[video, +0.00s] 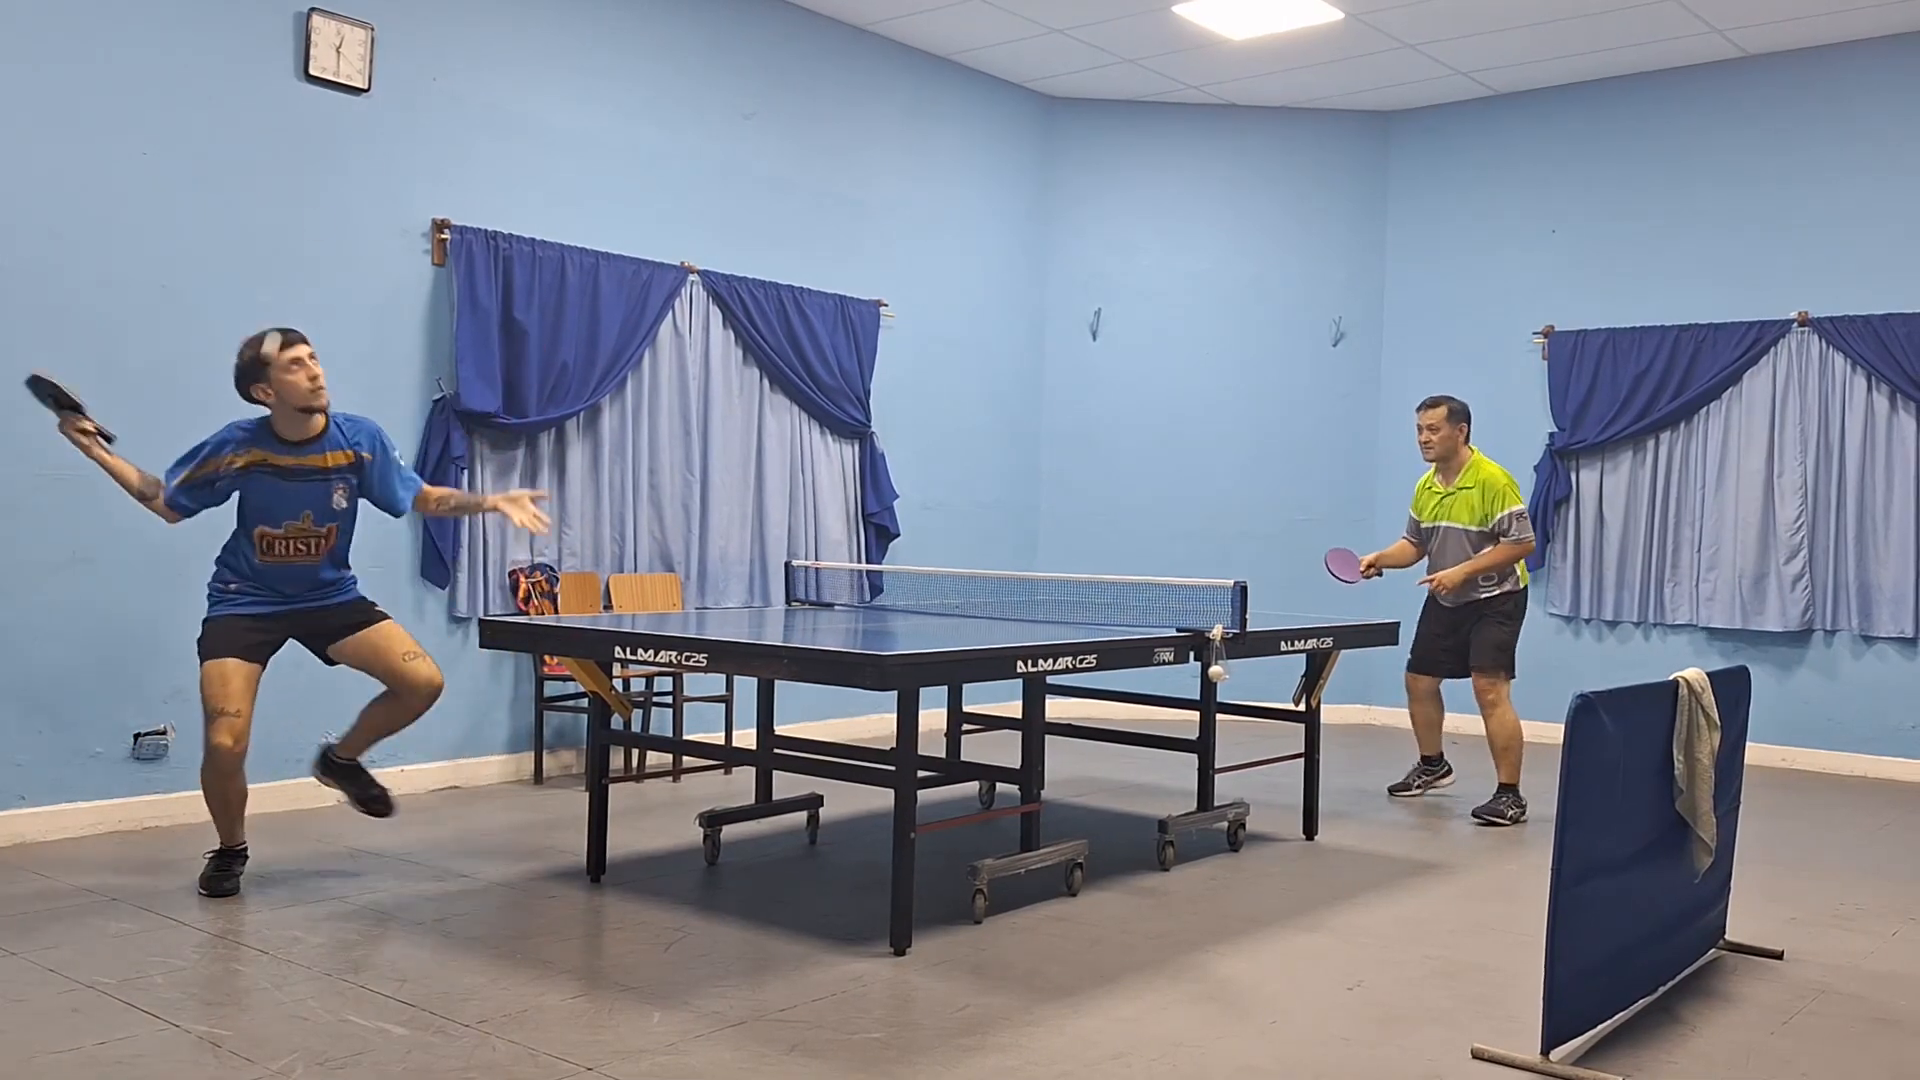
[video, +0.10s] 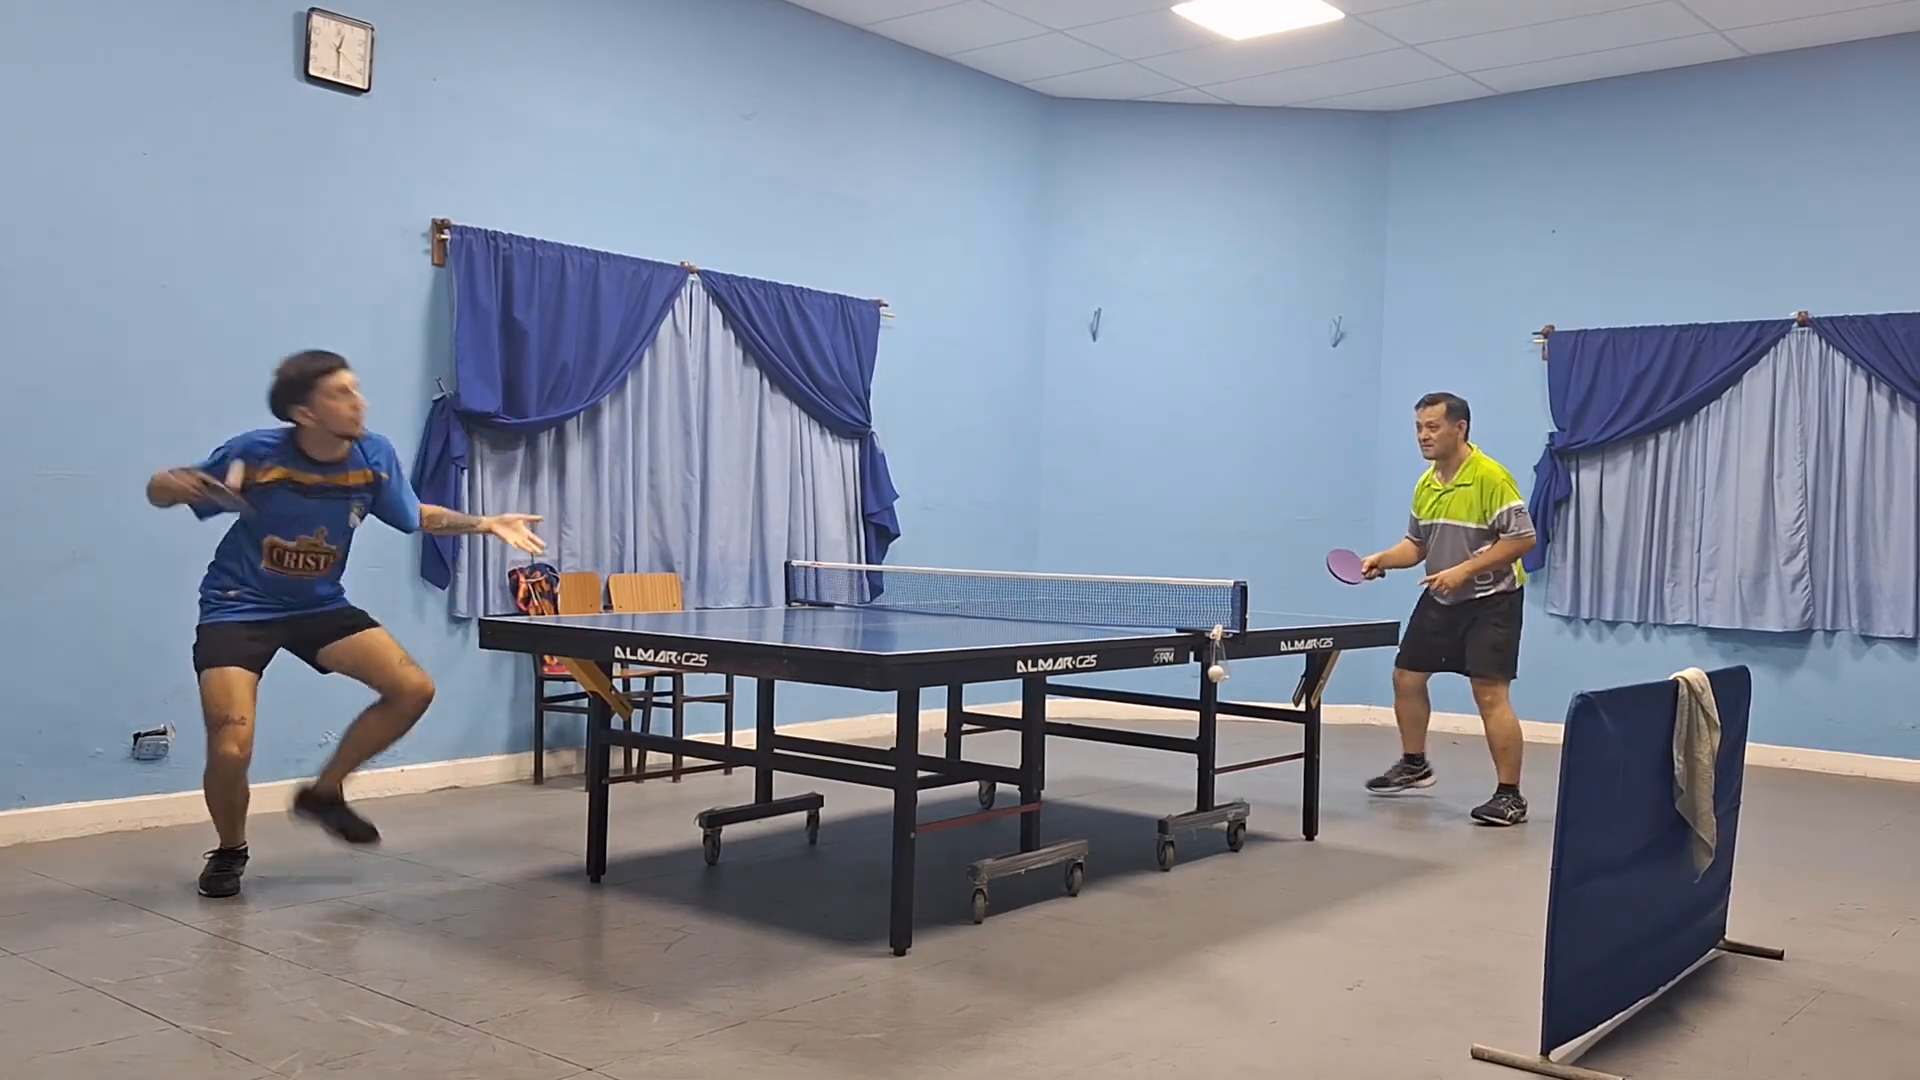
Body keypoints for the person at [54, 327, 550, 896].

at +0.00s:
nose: (314, 369)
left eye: (313, 358)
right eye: (295, 364)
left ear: (321, 370)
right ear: (262, 390)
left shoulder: (359, 439)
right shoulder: (238, 445)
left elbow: (419, 497)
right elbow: (169, 502)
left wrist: (492, 502)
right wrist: (100, 451)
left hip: (328, 594)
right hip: (245, 598)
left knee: (422, 682)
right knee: (224, 741)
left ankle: (342, 759)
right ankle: (230, 851)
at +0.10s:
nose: (359, 401)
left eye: (357, 390)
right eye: (343, 395)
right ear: (305, 413)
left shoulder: (375, 457)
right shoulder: (255, 454)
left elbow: (412, 515)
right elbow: (158, 491)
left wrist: (485, 523)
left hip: (318, 606)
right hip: (238, 607)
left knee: (412, 689)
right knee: (231, 746)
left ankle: (324, 793)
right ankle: (229, 850)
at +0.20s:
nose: (432, 450)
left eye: (431, 438)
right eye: (421, 439)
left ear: (382, 445)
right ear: (377, 444)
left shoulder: (391, 490)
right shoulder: (300, 462)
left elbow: (405, 523)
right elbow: (180, 477)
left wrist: (476, 539)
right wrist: (261, 534)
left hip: (305, 613)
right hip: (227, 611)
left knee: (390, 709)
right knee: (239, 750)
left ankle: (342, 848)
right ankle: (230, 852)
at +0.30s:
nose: (472, 471)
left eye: (473, 459)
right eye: (467, 459)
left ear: (430, 460)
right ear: (430, 459)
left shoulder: (391, 505)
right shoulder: (337, 471)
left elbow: (372, 533)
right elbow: (232, 481)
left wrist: (434, 548)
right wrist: (287, 566)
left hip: (297, 612)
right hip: (226, 611)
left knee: (389, 709)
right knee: (255, 754)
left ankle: (342, 849)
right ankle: (226, 850)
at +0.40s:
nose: (481, 452)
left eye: (483, 439)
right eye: (478, 439)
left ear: (442, 438)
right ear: (446, 438)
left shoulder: (389, 483)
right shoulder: (361, 458)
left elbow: (338, 529)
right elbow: (272, 479)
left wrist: (405, 553)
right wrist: (310, 572)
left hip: (305, 605)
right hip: (243, 605)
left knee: (389, 709)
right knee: (292, 746)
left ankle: (342, 850)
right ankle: (206, 820)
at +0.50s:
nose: (479, 421)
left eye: (480, 410)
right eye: (476, 409)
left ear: (439, 408)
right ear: (447, 409)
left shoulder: (393, 453)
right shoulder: (375, 434)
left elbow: (326, 506)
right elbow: (299, 467)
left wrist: (382, 539)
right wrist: (332, 564)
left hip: (298, 584)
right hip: (250, 580)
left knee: (367, 704)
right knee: (319, 722)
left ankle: (342, 848)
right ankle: (196, 816)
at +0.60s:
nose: (474, 408)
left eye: (475, 396)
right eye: (471, 396)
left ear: (434, 395)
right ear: (443, 396)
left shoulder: (389, 441)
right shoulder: (381, 427)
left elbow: (317, 499)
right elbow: (314, 465)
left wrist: (377, 530)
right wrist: (355, 559)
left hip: (275, 566)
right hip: (249, 564)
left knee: (343, 697)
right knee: (326, 714)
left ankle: (312, 843)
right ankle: (214, 862)